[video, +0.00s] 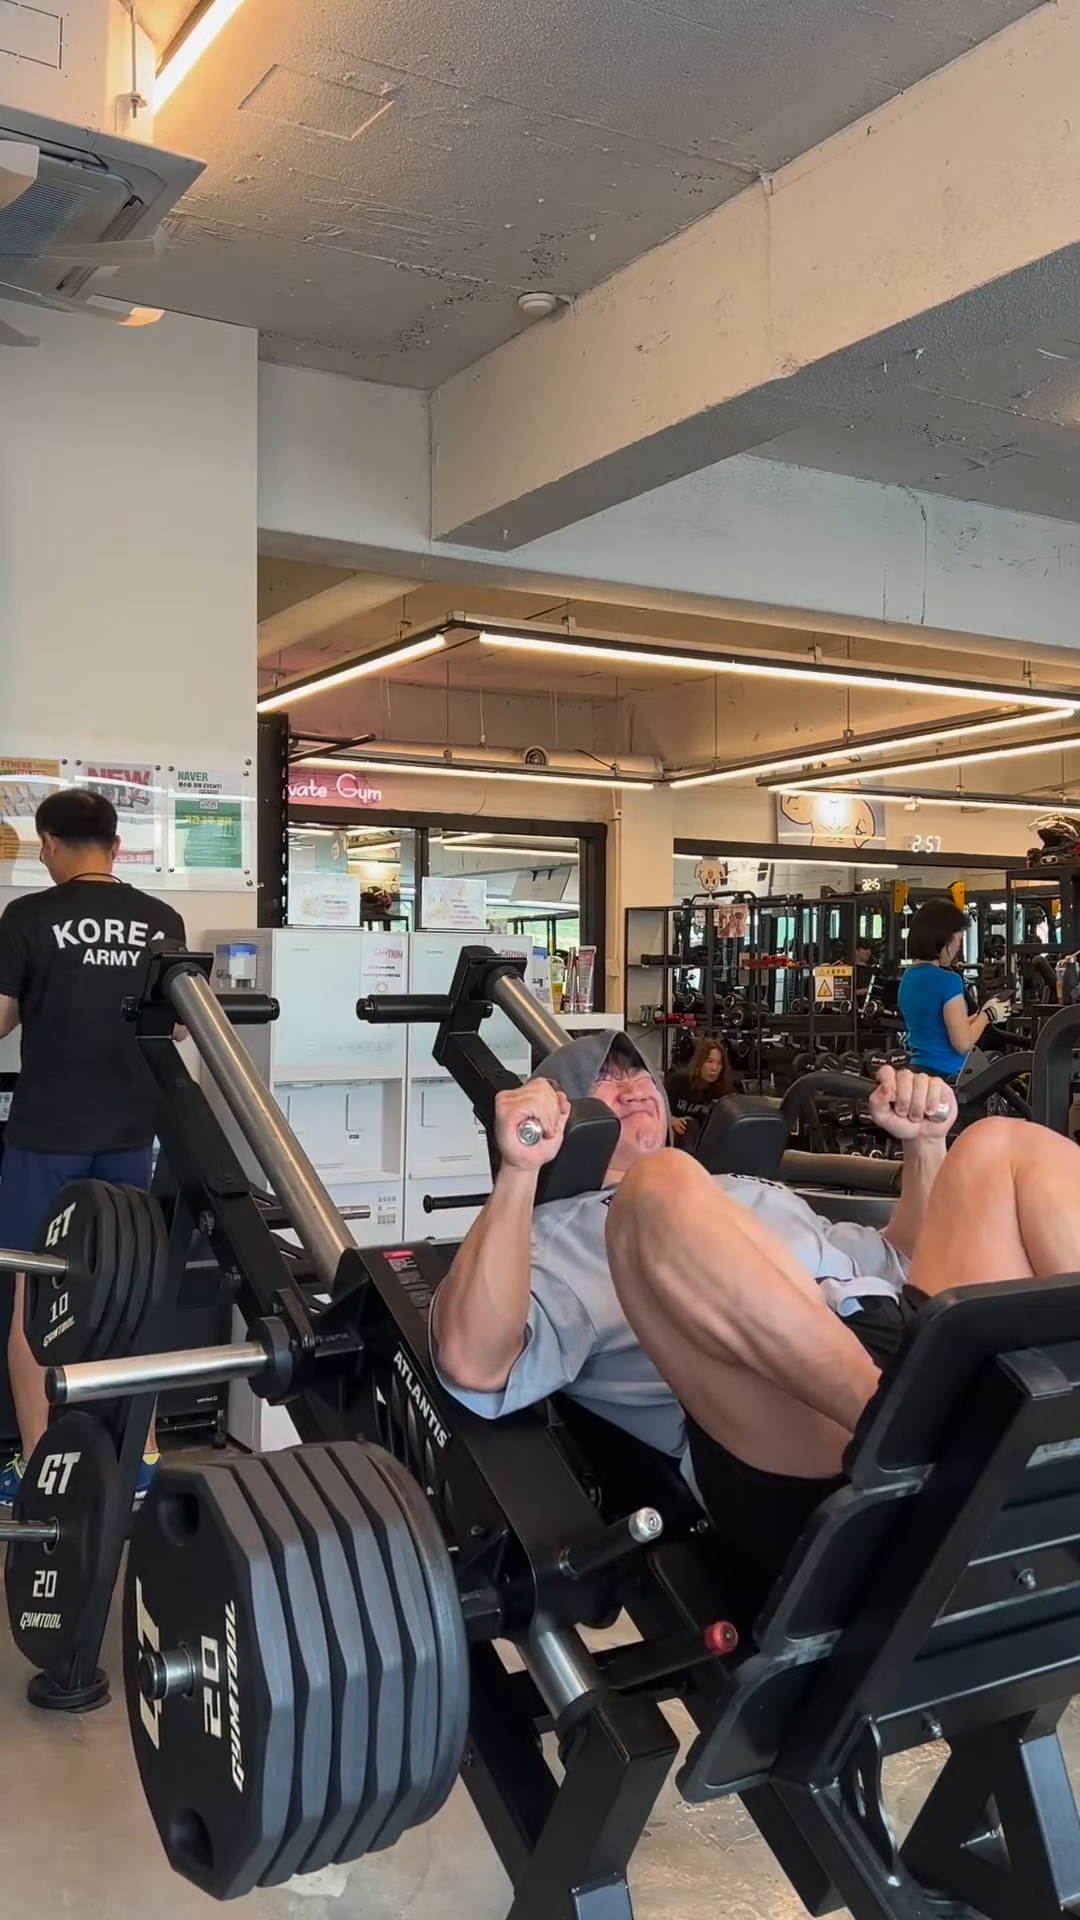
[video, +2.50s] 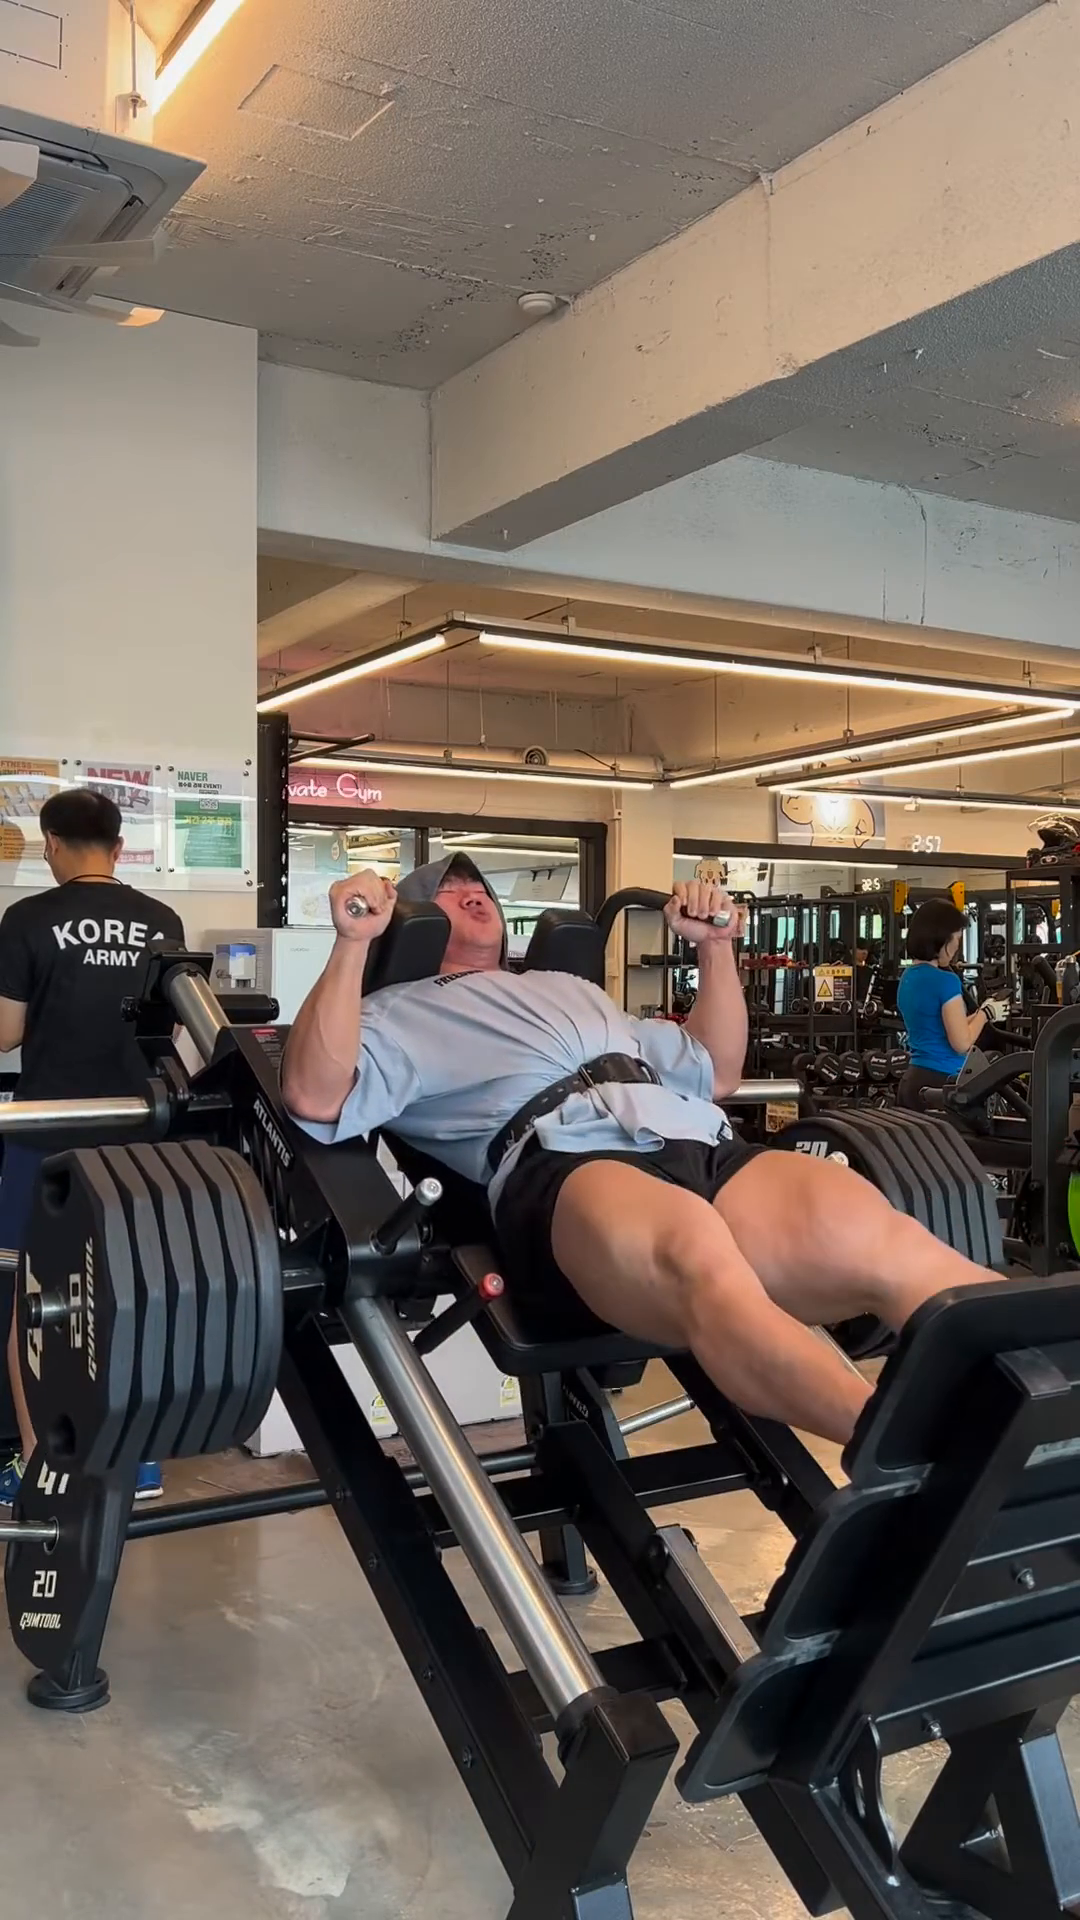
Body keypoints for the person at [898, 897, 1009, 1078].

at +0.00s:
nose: (959, 947)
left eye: (960, 940)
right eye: (958, 940)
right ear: (944, 940)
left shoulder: (908, 978)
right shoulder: (948, 981)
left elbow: (939, 1031)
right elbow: (963, 1042)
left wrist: (982, 1013)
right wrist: (988, 1015)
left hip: (918, 1072)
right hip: (949, 1077)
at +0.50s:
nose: (960, 946)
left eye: (961, 939)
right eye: (959, 939)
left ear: (925, 936)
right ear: (946, 940)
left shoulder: (909, 978)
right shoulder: (948, 981)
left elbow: (933, 1035)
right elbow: (963, 1042)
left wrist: (978, 1016)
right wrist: (988, 1015)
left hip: (918, 1074)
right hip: (948, 1080)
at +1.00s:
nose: (960, 946)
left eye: (961, 939)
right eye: (959, 939)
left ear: (926, 937)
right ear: (945, 940)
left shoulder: (909, 978)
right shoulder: (949, 981)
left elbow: (940, 1031)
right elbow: (963, 1042)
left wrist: (983, 1011)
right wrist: (989, 1014)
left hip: (918, 1074)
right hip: (949, 1079)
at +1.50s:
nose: (957, 948)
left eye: (958, 941)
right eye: (956, 940)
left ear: (923, 936)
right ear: (943, 941)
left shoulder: (907, 978)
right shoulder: (947, 981)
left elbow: (931, 1033)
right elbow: (962, 1042)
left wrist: (977, 1013)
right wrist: (986, 1013)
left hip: (915, 1078)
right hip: (946, 1084)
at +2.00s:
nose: (957, 947)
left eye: (958, 941)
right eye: (956, 940)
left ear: (922, 936)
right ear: (942, 941)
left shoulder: (908, 978)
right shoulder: (946, 981)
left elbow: (933, 1032)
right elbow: (961, 1043)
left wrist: (976, 1014)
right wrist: (986, 1014)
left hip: (915, 1078)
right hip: (947, 1085)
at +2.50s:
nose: (958, 946)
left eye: (958, 939)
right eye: (957, 939)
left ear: (922, 935)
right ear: (942, 941)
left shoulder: (907, 978)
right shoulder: (946, 981)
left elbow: (929, 1032)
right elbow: (962, 1042)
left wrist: (973, 1016)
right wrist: (988, 1012)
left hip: (914, 1078)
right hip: (946, 1083)